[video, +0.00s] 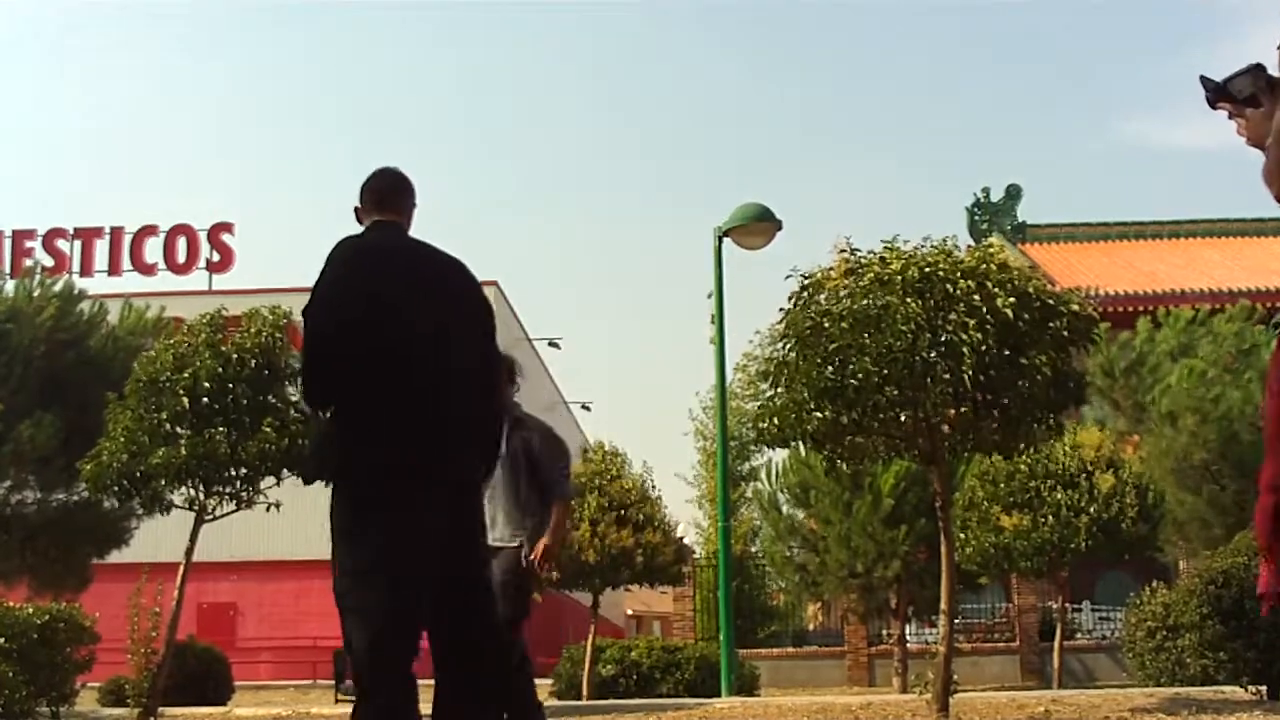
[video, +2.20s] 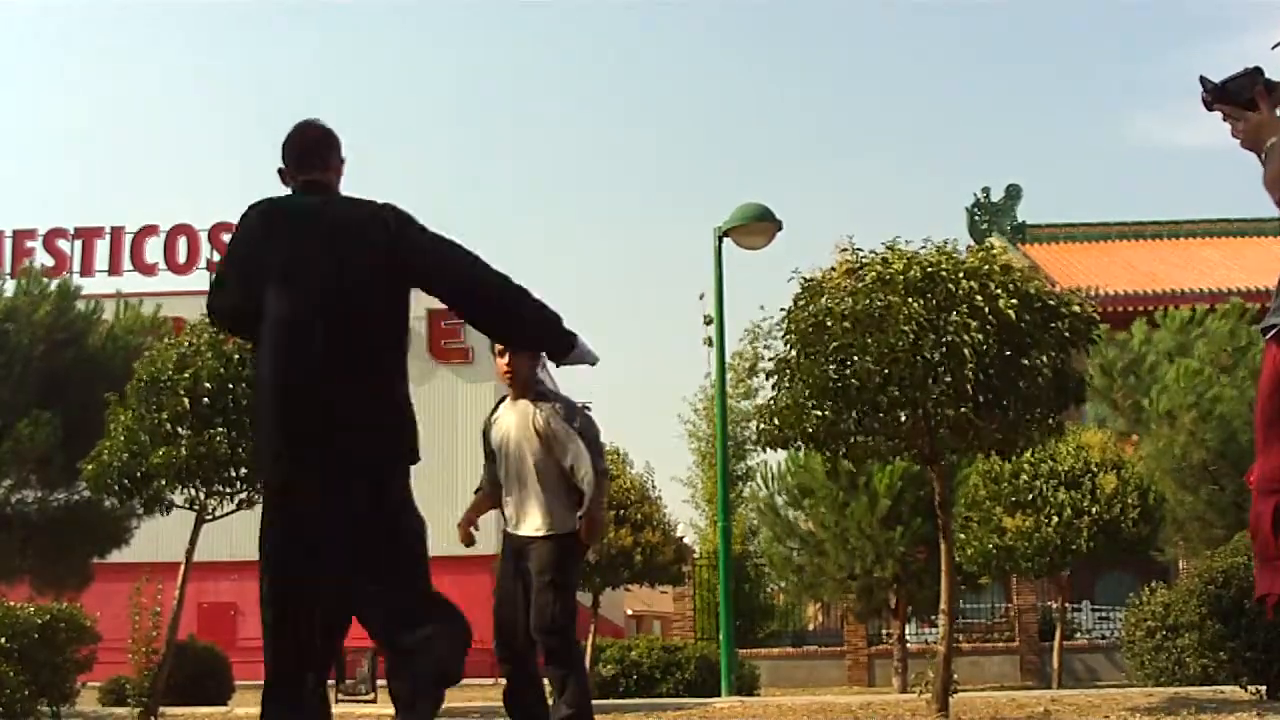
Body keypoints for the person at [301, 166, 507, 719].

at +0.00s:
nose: (371, 218)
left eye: (363, 210)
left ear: (361, 210)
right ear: (413, 211)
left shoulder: (342, 269)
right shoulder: (456, 274)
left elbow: (317, 387)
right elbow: (491, 385)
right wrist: (473, 464)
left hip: (371, 475)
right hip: (450, 475)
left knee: (379, 647)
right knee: (467, 640)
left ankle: (386, 714)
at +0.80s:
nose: (347, 205)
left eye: (327, 195)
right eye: (363, 196)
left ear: (316, 195)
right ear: (371, 196)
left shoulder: (289, 258)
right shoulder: (407, 254)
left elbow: (262, 354)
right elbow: (472, 343)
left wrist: (319, 381)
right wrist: (516, 418)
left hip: (326, 459)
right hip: (408, 454)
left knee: (340, 606)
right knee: (424, 603)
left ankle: (357, 709)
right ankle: (441, 708)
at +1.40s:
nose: (407, 211)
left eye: (409, 201)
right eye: (406, 199)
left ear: (354, 190)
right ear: (387, 192)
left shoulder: (300, 260)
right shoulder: (380, 241)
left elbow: (286, 364)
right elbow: (405, 346)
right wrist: (460, 408)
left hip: (308, 453)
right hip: (377, 450)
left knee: (331, 606)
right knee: (399, 606)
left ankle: (306, 712)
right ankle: (418, 713)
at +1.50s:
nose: (426, 213)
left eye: (428, 202)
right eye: (425, 201)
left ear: (377, 187)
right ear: (407, 190)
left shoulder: (330, 250)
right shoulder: (392, 237)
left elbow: (305, 353)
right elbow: (402, 340)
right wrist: (449, 401)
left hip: (324, 448)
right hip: (380, 449)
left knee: (340, 597)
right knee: (396, 596)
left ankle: (314, 710)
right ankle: (417, 710)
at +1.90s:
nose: (414, 190)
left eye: (405, 181)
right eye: (417, 181)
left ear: (362, 177)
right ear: (415, 178)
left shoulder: (318, 238)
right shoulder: (426, 229)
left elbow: (313, 330)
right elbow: (481, 326)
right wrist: (540, 393)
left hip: (323, 437)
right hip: (413, 439)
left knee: (296, 581)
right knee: (441, 588)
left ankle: (277, 705)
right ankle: (443, 709)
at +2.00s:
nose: (389, 187)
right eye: (392, 179)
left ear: (337, 179)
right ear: (392, 178)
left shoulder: (296, 236)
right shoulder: (413, 233)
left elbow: (286, 334)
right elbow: (486, 316)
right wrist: (558, 377)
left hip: (307, 452)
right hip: (403, 451)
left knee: (290, 607)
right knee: (441, 609)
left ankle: (298, 716)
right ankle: (447, 713)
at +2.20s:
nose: (322, 176)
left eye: (297, 170)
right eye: (332, 165)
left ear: (283, 173)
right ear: (341, 167)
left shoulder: (261, 221)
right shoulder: (384, 224)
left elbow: (226, 308)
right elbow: (473, 283)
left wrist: (290, 335)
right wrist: (557, 338)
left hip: (289, 441)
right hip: (375, 435)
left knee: (295, 596)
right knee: (394, 573)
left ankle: (293, 707)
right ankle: (426, 652)